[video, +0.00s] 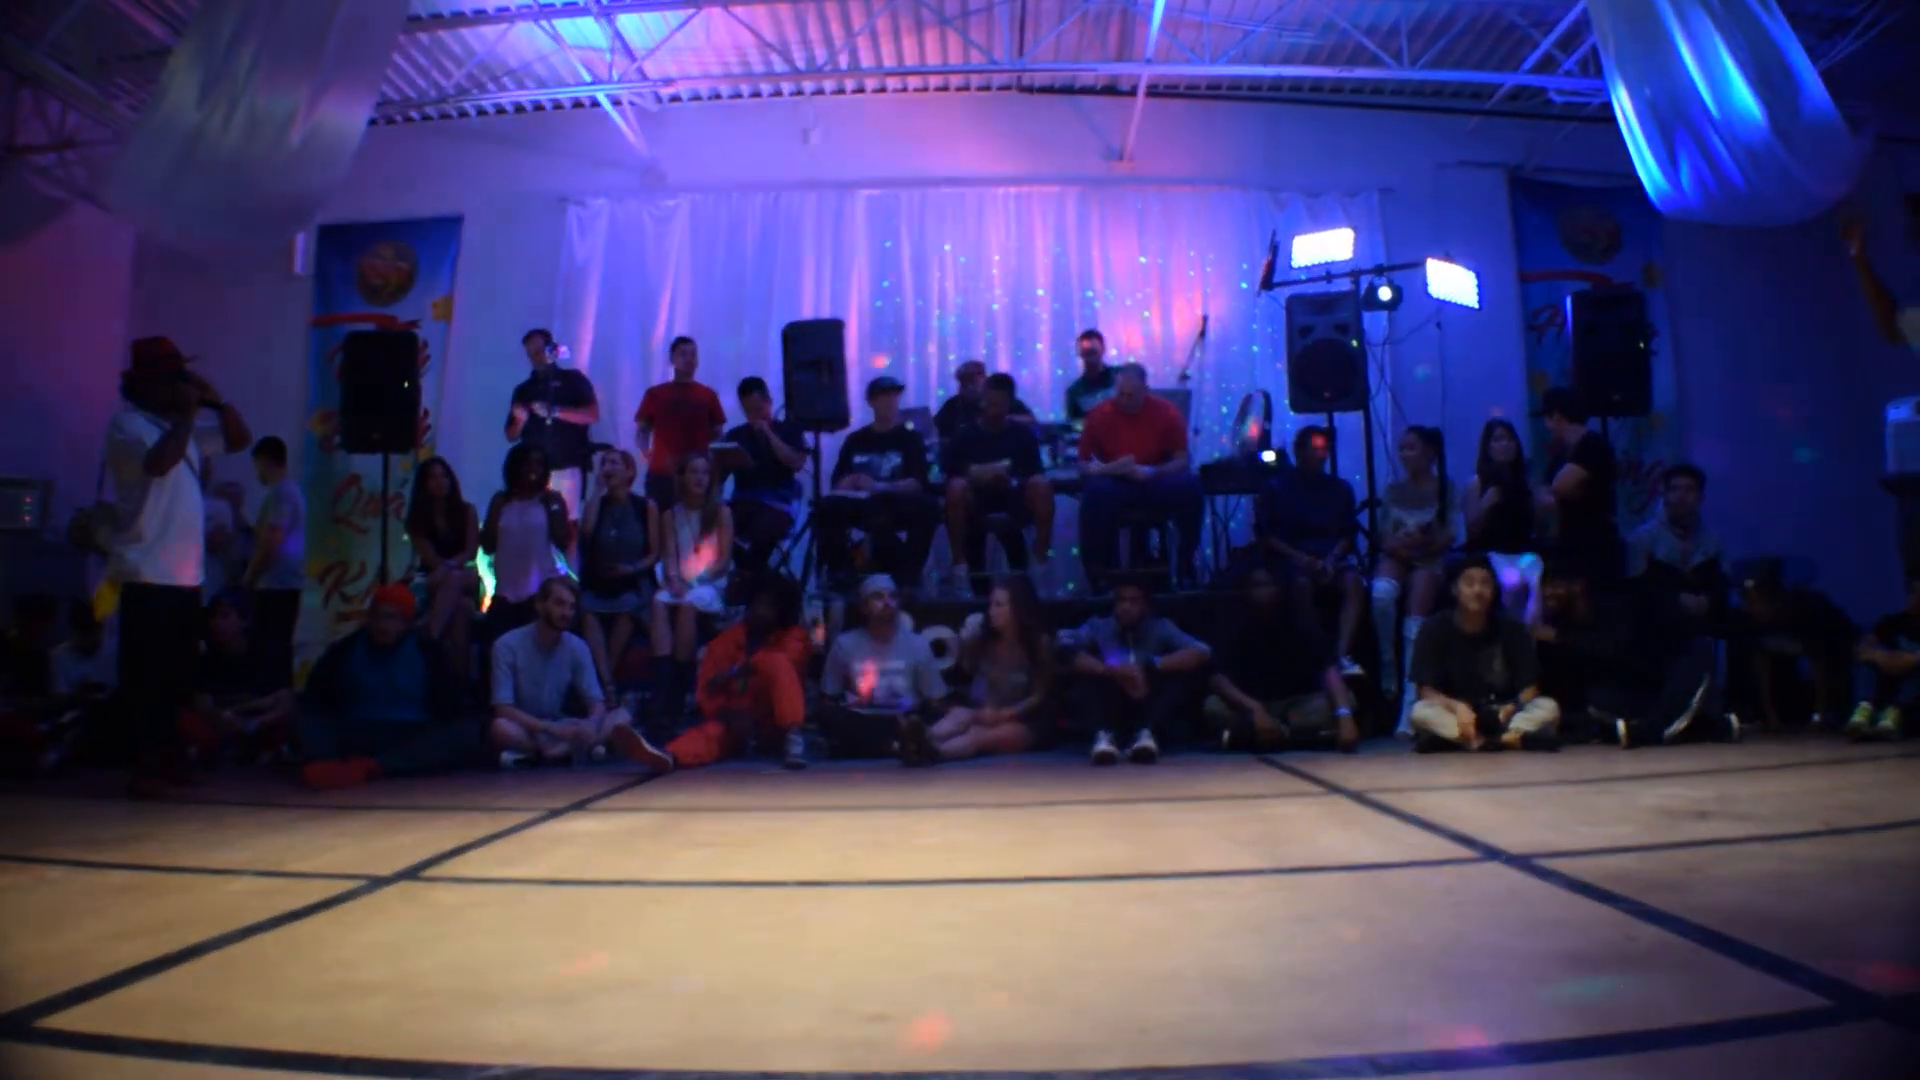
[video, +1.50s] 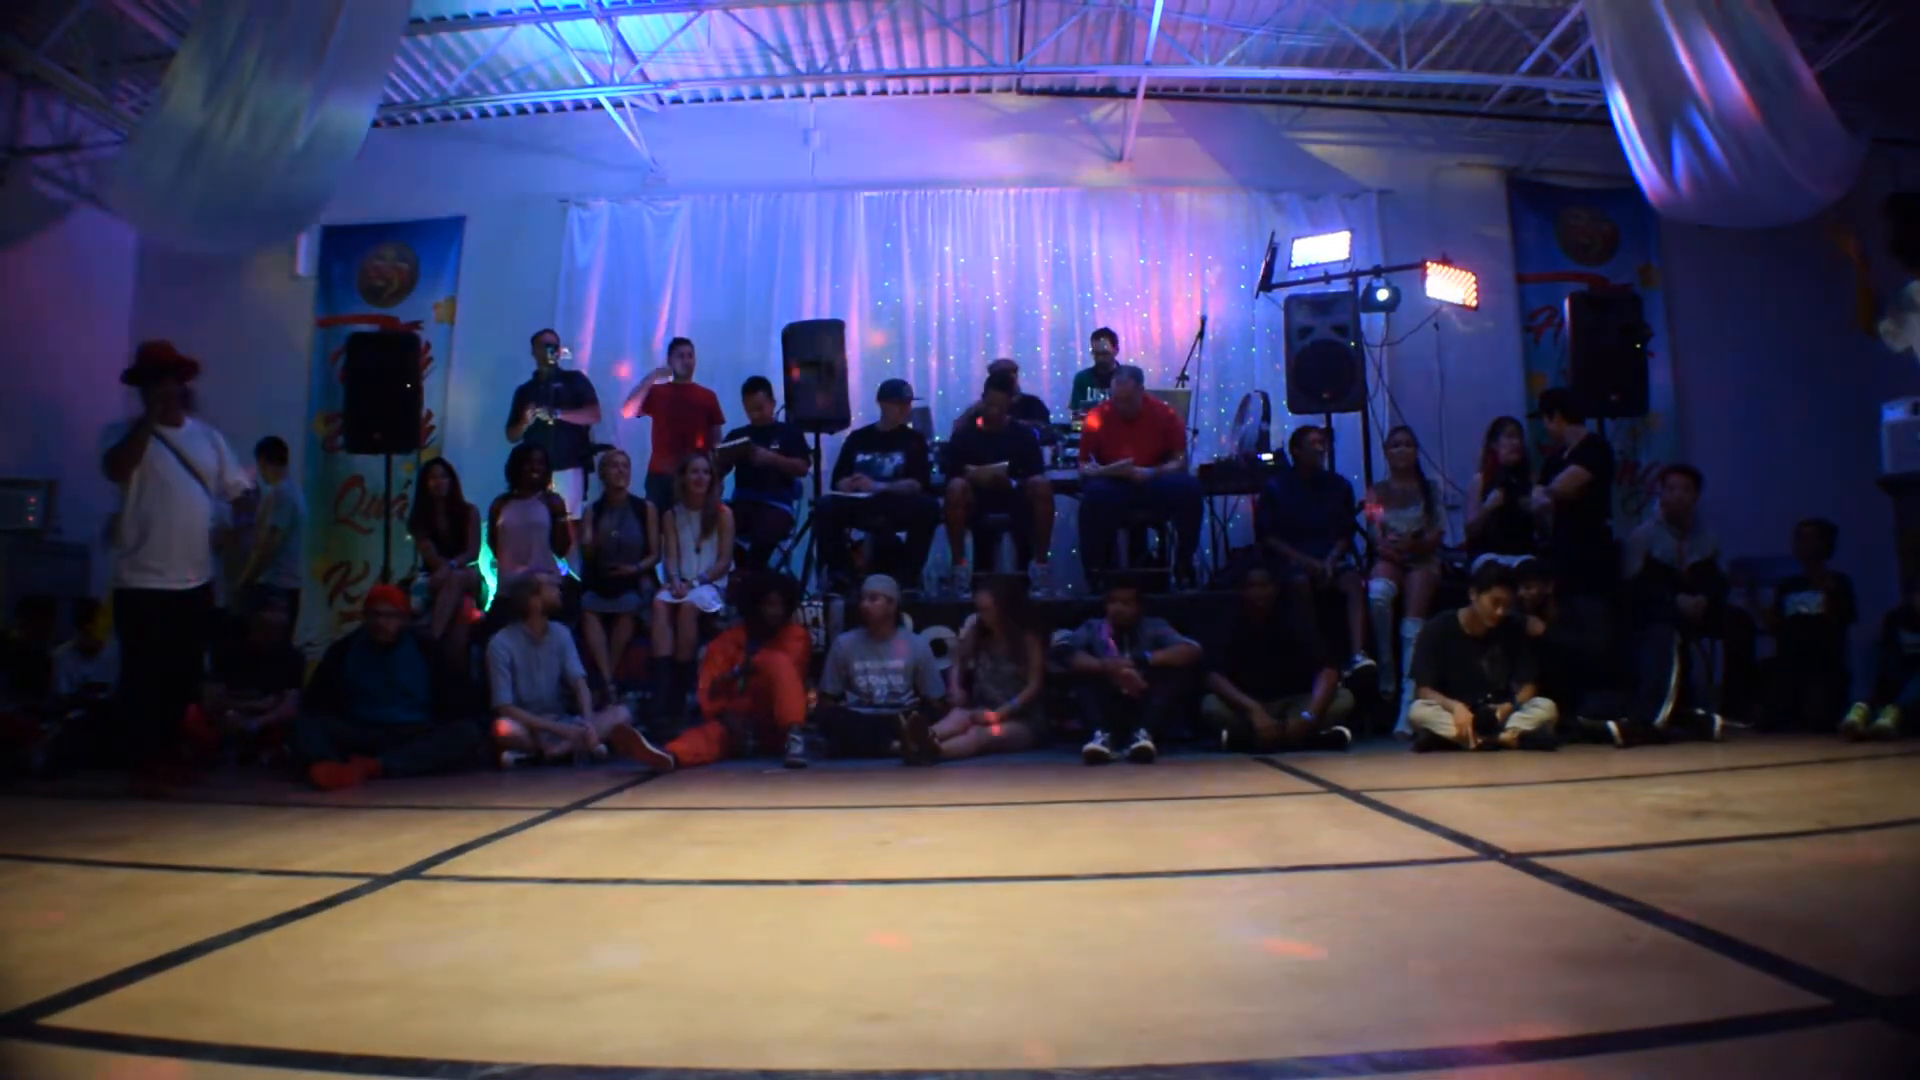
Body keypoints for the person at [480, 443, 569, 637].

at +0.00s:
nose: (533, 472)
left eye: (538, 466)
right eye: (527, 466)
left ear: (545, 470)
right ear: (514, 469)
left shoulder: (551, 501)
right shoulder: (500, 501)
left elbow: (563, 542)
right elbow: (488, 545)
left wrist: (553, 510)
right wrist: (497, 510)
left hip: (541, 591)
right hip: (506, 592)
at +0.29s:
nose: (534, 469)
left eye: (540, 464)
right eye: (528, 464)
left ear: (547, 469)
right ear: (515, 468)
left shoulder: (554, 500)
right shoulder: (501, 500)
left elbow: (566, 546)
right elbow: (490, 546)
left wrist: (556, 511)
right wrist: (496, 512)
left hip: (543, 591)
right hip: (508, 592)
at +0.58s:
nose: (534, 470)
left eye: (540, 465)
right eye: (528, 464)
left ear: (547, 470)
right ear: (515, 468)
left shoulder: (554, 500)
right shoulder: (501, 500)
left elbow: (566, 546)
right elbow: (491, 546)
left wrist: (557, 511)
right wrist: (496, 513)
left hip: (544, 593)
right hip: (508, 593)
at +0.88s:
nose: (534, 469)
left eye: (539, 464)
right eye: (528, 463)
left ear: (546, 469)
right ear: (516, 467)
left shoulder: (552, 502)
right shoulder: (501, 502)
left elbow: (561, 548)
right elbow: (491, 542)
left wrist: (558, 513)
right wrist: (508, 563)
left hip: (542, 588)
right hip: (508, 588)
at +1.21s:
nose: (534, 469)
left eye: (539, 464)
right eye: (528, 463)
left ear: (546, 469)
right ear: (516, 467)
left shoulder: (551, 501)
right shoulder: (500, 503)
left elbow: (561, 548)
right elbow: (491, 543)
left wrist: (557, 513)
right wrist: (510, 562)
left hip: (544, 592)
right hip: (508, 590)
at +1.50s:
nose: (535, 468)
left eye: (540, 463)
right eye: (529, 462)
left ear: (547, 468)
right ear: (516, 467)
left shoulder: (552, 501)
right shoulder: (500, 504)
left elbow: (561, 548)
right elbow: (493, 543)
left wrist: (558, 515)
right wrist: (509, 564)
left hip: (545, 580)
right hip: (510, 582)